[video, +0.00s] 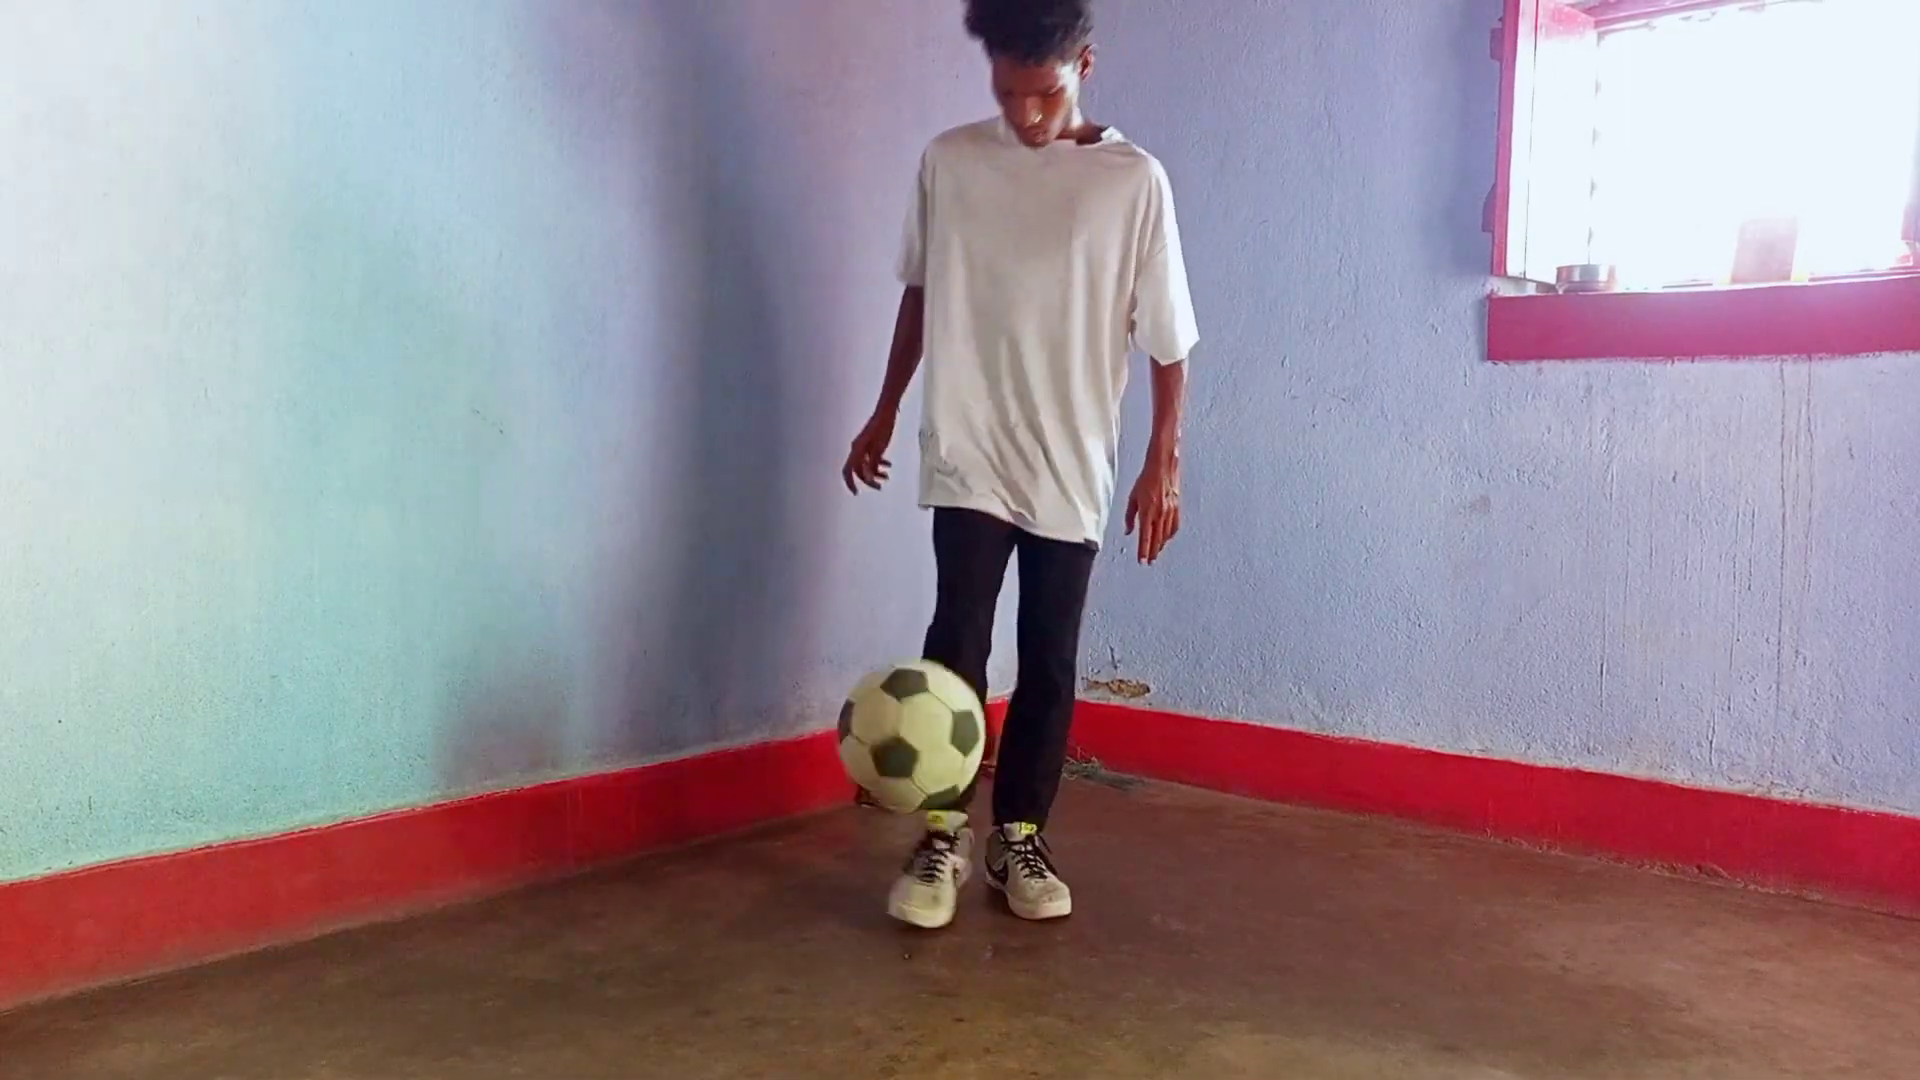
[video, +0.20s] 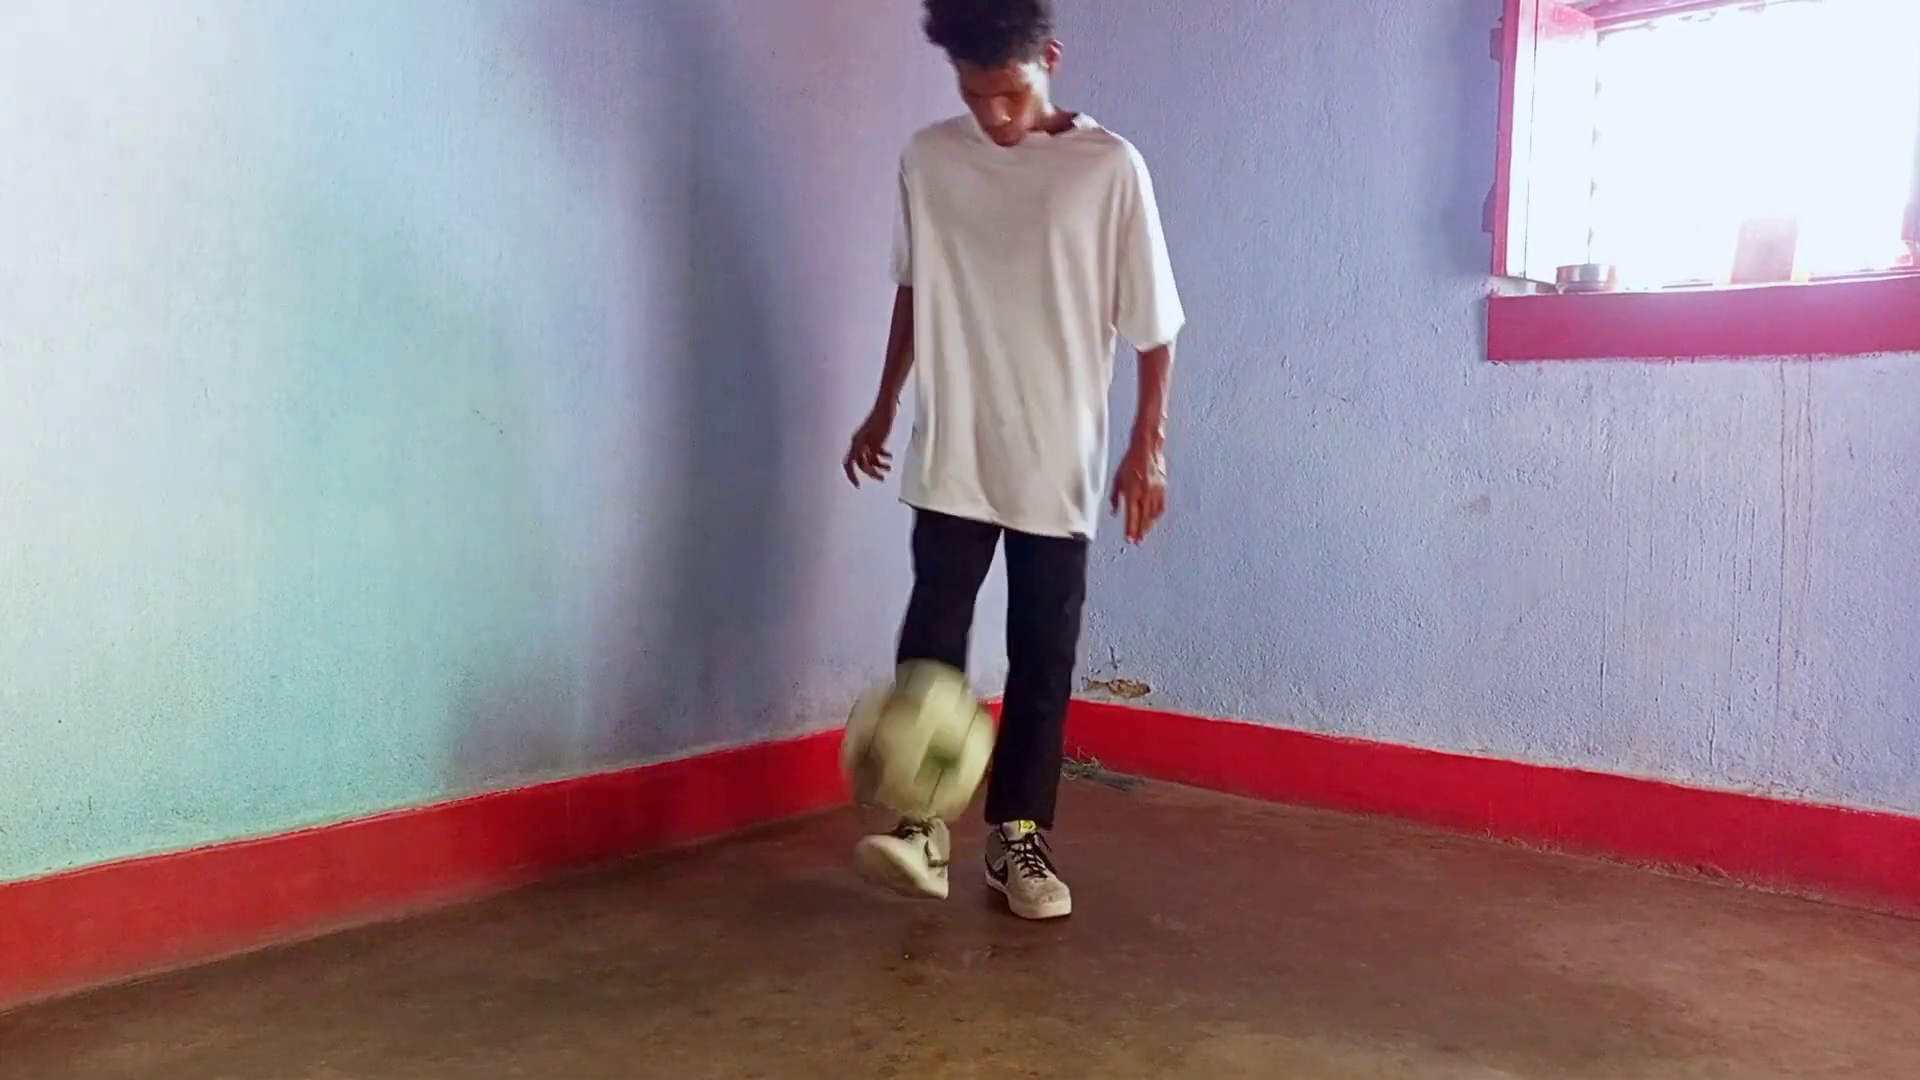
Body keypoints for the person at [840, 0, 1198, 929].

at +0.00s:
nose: (1027, 116)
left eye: (1045, 97)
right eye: (1010, 97)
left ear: (1085, 65)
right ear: (989, 69)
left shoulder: (1135, 179)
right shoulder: (950, 161)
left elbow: (1166, 335)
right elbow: (919, 298)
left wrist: (1164, 462)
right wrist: (883, 416)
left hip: (1072, 455)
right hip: (968, 443)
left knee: (1049, 658)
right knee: (956, 640)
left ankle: (1022, 841)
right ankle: (942, 839)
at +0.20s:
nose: (996, 115)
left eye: (1012, 95)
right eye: (977, 96)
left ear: (1050, 57)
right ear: (953, 76)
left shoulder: (1111, 167)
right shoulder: (931, 155)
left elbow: (1154, 321)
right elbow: (913, 292)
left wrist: (1148, 447)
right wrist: (883, 408)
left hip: (1057, 455)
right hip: (950, 446)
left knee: (1044, 656)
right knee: (931, 631)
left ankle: (1020, 839)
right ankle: (919, 827)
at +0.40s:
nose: (967, 122)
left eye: (983, 101)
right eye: (947, 102)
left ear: (1018, 64)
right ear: (919, 77)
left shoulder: (1075, 165)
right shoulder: (891, 166)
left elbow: (1121, 312)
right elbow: (880, 306)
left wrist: (1120, 432)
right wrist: (857, 421)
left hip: (1043, 450)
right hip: (931, 449)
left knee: (1038, 652)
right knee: (926, 647)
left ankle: (1025, 836)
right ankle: (923, 838)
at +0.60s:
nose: (968, 128)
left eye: (984, 105)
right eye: (945, 108)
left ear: (1008, 77)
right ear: (914, 84)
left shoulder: (1063, 168)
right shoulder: (876, 173)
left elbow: (1104, 310)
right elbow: (847, 313)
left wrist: (1117, 430)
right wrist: (822, 436)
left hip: (1033, 458)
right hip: (925, 459)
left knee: (1036, 656)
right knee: (919, 661)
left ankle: (1037, 838)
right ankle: (920, 837)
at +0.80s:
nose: (994, 109)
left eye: (1012, 88)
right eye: (976, 87)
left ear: (1040, 62)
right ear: (945, 61)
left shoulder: (1088, 162)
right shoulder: (897, 156)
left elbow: (1117, 310)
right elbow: (861, 291)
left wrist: (1133, 435)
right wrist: (820, 410)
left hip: (1043, 454)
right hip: (929, 448)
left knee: (1043, 659)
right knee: (922, 650)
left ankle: (1034, 852)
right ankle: (917, 842)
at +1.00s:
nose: (1008, 123)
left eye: (1027, 102)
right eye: (990, 101)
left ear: (1062, 69)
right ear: (964, 68)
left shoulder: (1108, 180)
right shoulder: (922, 162)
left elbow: (1144, 332)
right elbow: (889, 299)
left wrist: (1157, 460)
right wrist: (843, 418)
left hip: (1048, 459)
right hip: (941, 450)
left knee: (1039, 661)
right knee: (915, 639)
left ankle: (1032, 857)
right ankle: (901, 835)